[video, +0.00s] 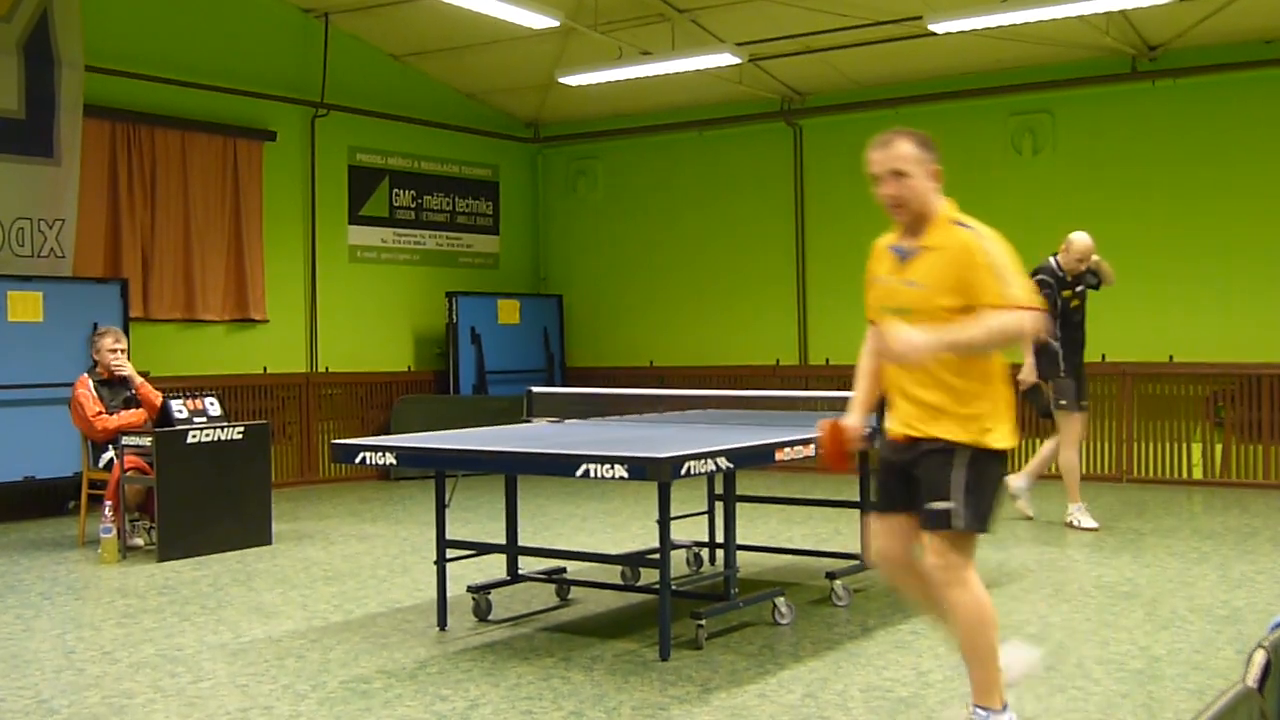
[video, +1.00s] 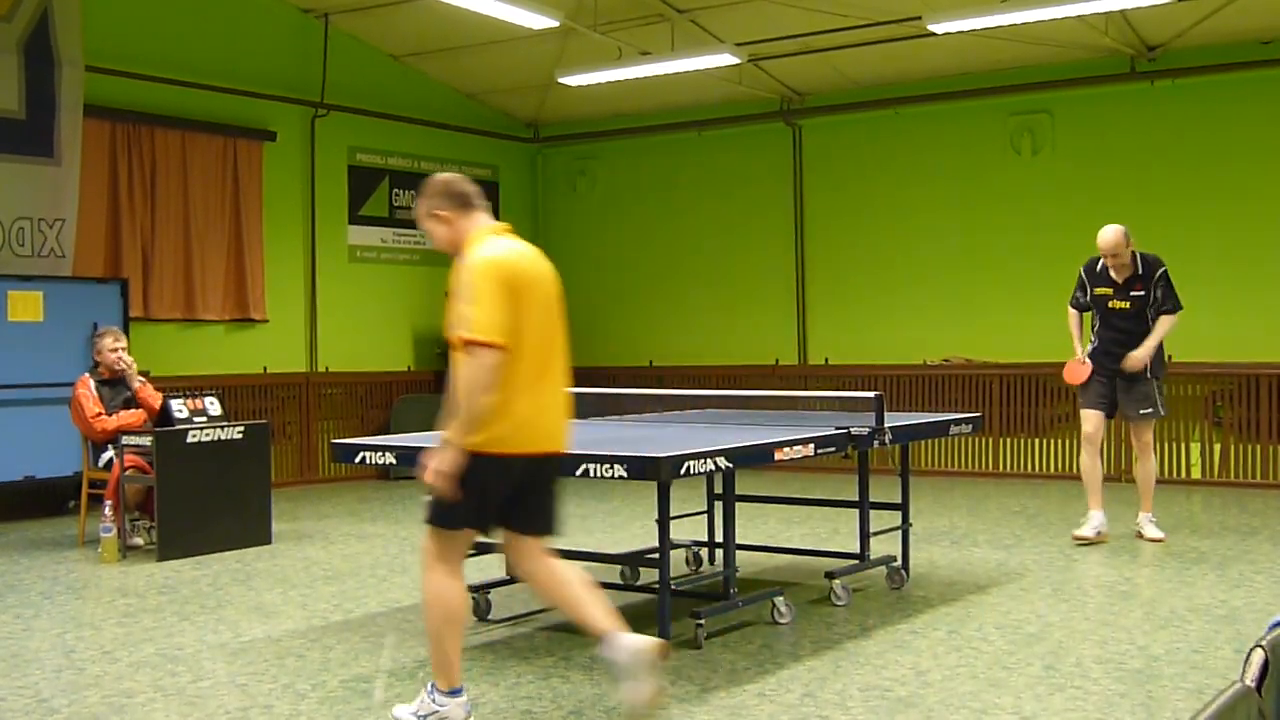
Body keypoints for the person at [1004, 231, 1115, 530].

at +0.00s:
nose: (1082, 267)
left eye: (1085, 262)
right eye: (1078, 261)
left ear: (1087, 260)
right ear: (1063, 252)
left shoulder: (1082, 274)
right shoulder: (1045, 277)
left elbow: (1107, 281)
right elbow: (1027, 321)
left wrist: (1097, 262)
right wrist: (1028, 362)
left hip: (1075, 363)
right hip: (1055, 363)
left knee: (1072, 431)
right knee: (1070, 431)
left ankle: (1022, 479)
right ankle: (1075, 506)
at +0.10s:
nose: (1087, 265)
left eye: (1090, 260)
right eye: (1082, 259)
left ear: (1094, 258)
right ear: (1067, 250)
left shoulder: (1087, 271)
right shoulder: (1048, 278)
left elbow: (1115, 278)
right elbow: (1028, 317)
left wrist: (1105, 260)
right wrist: (1038, 361)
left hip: (1084, 364)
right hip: (1060, 366)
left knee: (1094, 429)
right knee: (1072, 435)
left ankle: (1039, 477)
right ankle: (1075, 507)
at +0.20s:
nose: (1094, 264)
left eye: (1098, 259)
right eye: (1089, 258)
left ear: (1103, 257)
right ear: (1073, 250)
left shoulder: (1099, 272)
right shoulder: (1055, 277)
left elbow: (1127, 278)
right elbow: (1031, 317)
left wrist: (1119, 259)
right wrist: (1048, 358)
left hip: (1095, 366)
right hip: (1069, 369)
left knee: (1113, 431)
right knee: (1074, 437)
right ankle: (1074, 508)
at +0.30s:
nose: (1098, 265)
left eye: (1102, 260)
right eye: (1092, 260)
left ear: (1108, 256)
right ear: (1077, 252)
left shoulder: (1107, 272)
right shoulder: (1058, 277)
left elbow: (1136, 280)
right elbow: (1033, 317)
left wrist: (1129, 258)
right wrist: (1052, 356)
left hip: (1101, 367)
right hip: (1072, 369)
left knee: (1119, 433)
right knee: (1074, 436)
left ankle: (1110, 506)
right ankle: (1074, 510)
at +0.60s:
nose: (1116, 264)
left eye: (1122, 259)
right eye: (1111, 258)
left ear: (1129, 253)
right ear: (1099, 251)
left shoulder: (1140, 273)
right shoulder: (1080, 275)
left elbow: (1173, 296)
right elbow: (1048, 314)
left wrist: (1173, 277)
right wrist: (1061, 353)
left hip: (1128, 369)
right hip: (1091, 370)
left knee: (1139, 438)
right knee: (1091, 440)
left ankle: (1146, 516)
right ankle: (1079, 506)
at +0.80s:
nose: (1115, 259)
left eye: (1121, 254)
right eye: (1110, 254)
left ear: (1133, 247)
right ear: (1102, 249)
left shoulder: (1154, 268)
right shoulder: (1089, 271)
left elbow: (1181, 304)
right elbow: (1066, 307)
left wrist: (1188, 329)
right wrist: (1073, 345)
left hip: (1139, 366)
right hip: (1099, 365)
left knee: (1143, 440)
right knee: (1092, 437)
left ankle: (1146, 516)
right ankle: (1098, 495)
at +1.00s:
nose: (1109, 262)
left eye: (1115, 257)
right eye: (1104, 257)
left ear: (1130, 248)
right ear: (1099, 252)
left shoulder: (1153, 268)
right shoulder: (1091, 270)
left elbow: (1170, 312)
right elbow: (1075, 307)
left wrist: (1144, 351)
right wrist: (1078, 348)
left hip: (1139, 364)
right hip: (1099, 363)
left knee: (1143, 442)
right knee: (1089, 435)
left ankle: (1146, 517)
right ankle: (1095, 516)